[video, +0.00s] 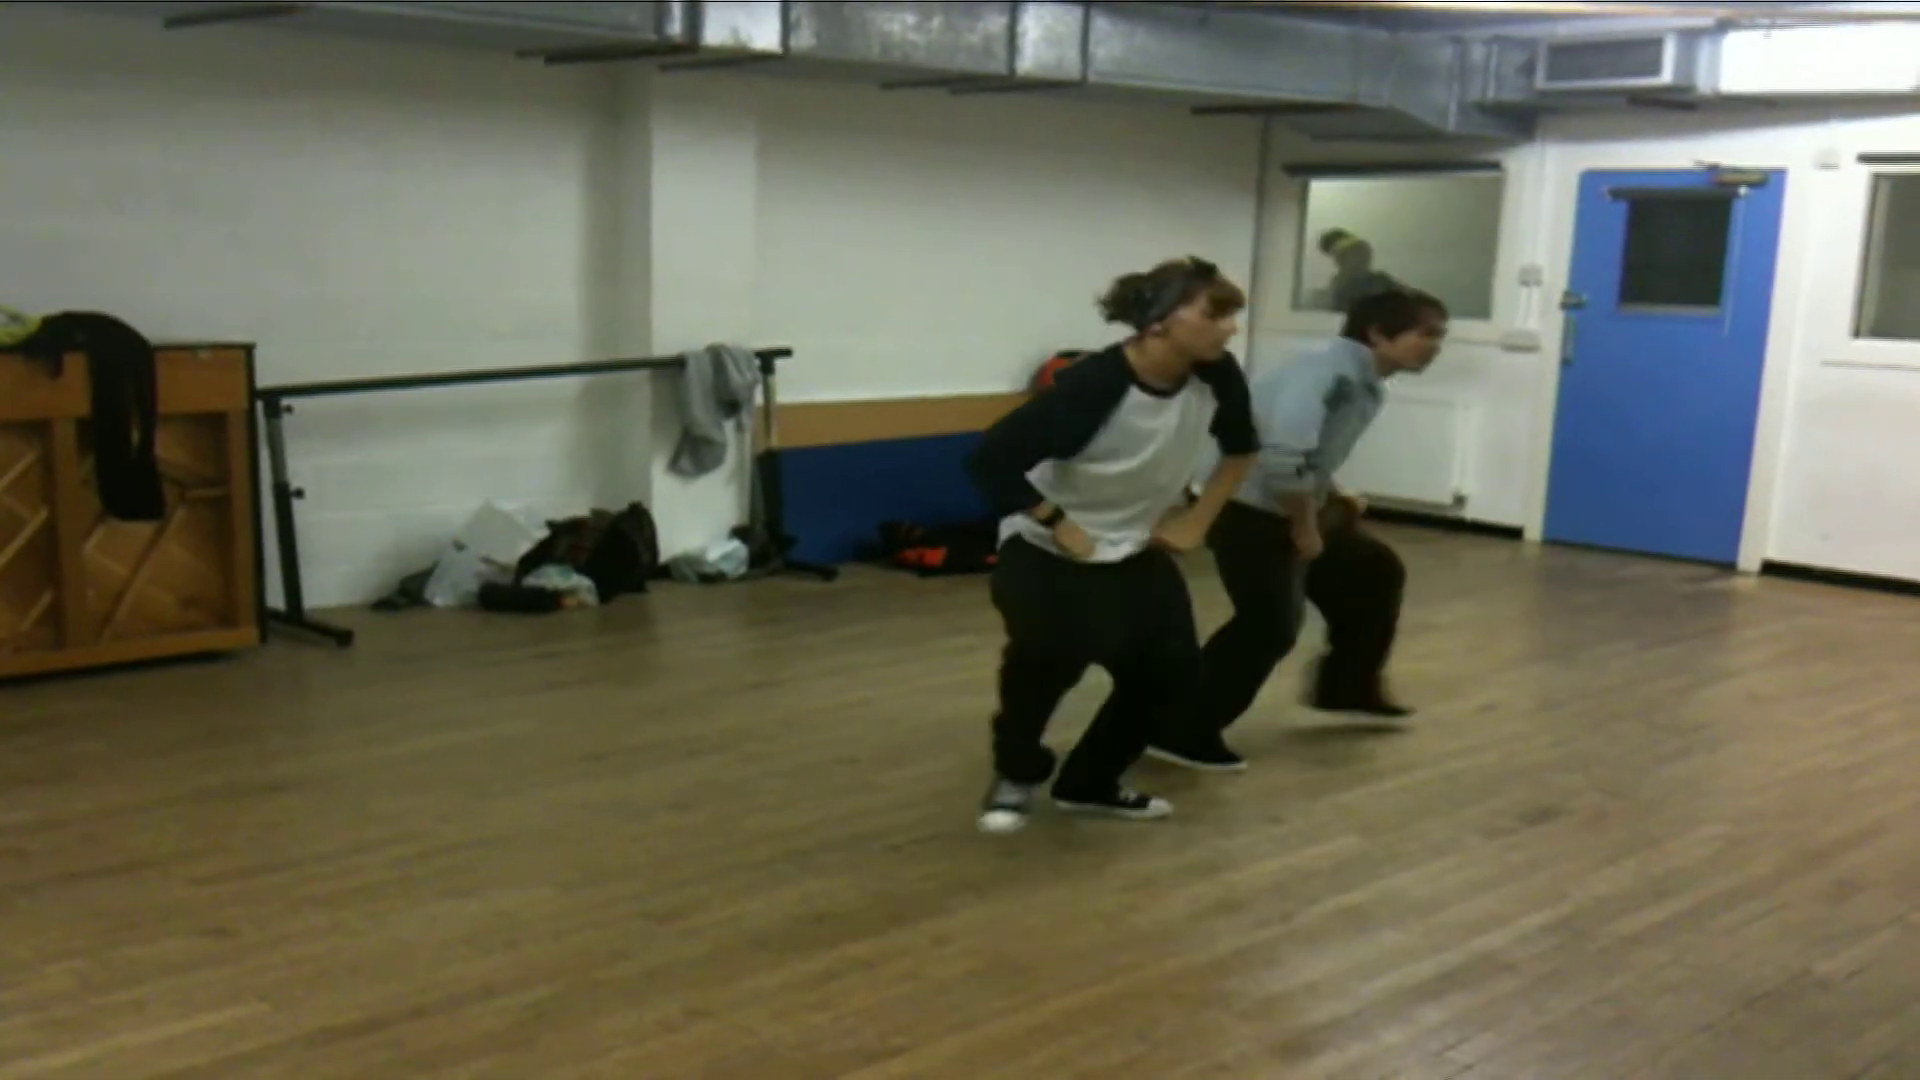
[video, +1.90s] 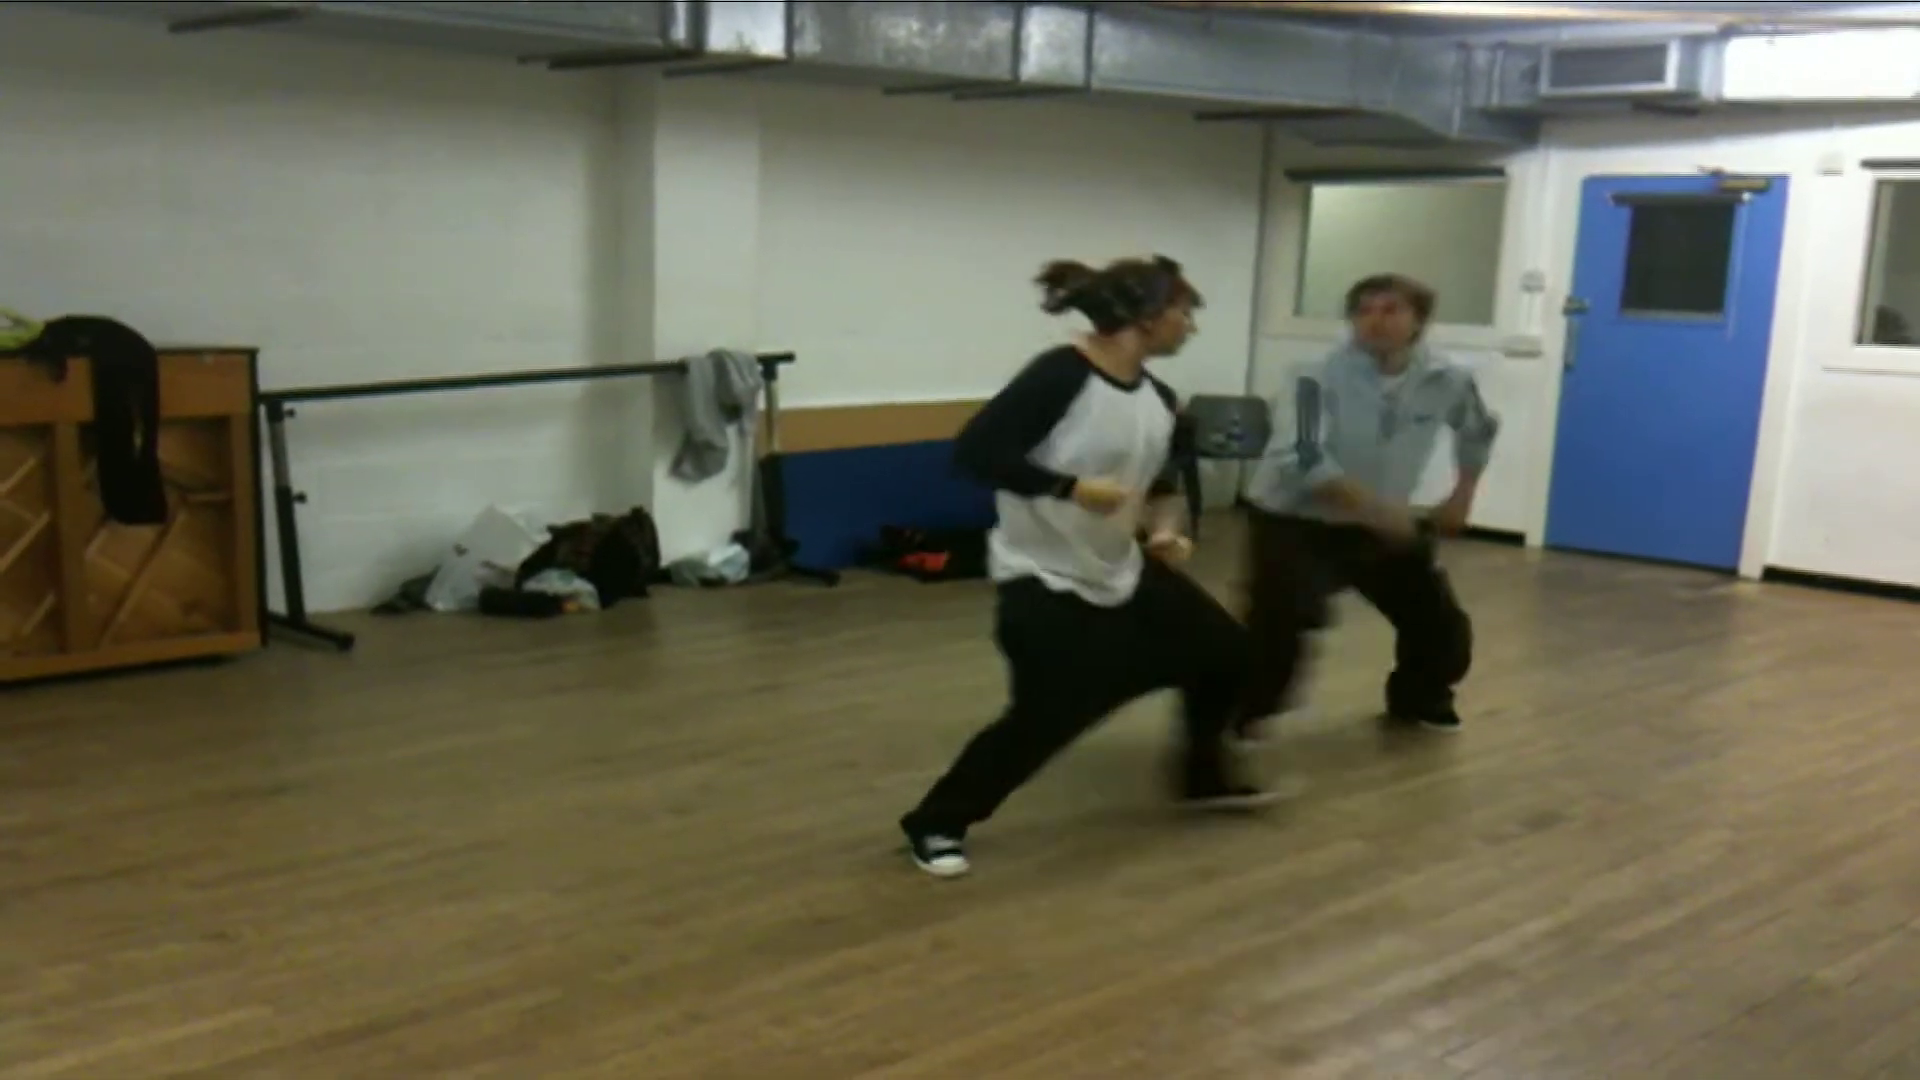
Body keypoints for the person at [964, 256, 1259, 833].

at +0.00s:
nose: (1228, 326)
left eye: (1226, 313)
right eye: (1211, 314)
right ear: (1161, 325)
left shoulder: (1218, 378)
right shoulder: (1094, 385)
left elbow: (1240, 448)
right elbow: (990, 460)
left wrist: (1198, 520)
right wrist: (1056, 521)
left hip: (1135, 554)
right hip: (1046, 550)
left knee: (1167, 665)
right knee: (1052, 645)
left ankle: (1089, 781)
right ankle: (1017, 772)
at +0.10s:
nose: (1201, 307)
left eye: (1202, 295)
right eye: (1187, 294)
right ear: (1138, 299)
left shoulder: (1185, 389)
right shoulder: (1048, 364)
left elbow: (1188, 468)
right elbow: (997, 456)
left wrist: (1201, 533)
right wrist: (1038, 528)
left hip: (1132, 571)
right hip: (1033, 569)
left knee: (1145, 681)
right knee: (990, 706)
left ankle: (1087, 783)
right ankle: (977, 831)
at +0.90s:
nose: (1127, 349)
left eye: (1131, 334)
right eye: (1114, 332)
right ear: (1065, 327)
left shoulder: (1117, 384)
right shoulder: (1008, 391)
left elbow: (1155, 449)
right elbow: (956, 499)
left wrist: (1125, 538)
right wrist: (1012, 576)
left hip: (1061, 566)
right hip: (980, 575)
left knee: (1110, 699)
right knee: (1040, 709)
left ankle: (1090, 779)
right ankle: (894, 817)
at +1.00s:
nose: (1141, 385)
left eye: (1142, 370)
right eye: (1124, 370)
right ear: (1069, 377)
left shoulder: (1125, 432)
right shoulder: (1022, 435)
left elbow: (1150, 501)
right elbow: (934, 531)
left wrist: (1107, 566)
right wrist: (984, 595)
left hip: (1032, 577)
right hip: (947, 585)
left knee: (1135, 681)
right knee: (1008, 706)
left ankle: (1070, 781)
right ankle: (934, 828)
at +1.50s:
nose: (1110, 307)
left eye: (1115, 294)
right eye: (1098, 291)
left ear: (1110, 300)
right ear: (1049, 295)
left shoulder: (1105, 376)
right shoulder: (993, 355)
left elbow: (1119, 452)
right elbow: (926, 459)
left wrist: (1092, 525)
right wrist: (970, 539)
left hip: (1042, 547)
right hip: (950, 545)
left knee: (1076, 674)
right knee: (958, 683)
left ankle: (1036, 791)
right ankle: (929, 818)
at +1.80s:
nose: (1157, 309)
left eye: (1155, 295)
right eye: (1147, 296)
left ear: (1106, 305)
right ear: (1103, 305)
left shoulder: (1127, 383)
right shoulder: (1019, 368)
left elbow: (1110, 475)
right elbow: (960, 472)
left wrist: (1128, 536)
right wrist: (1056, 515)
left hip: (1089, 567)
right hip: (1007, 570)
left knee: (1167, 666)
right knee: (1008, 693)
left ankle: (1077, 776)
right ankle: (932, 825)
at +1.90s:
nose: (1189, 325)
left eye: (1189, 312)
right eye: (1181, 313)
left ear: (1143, 320)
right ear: (1142, 319)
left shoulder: (1161, 402)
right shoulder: (1060, 375)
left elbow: (1170, 483)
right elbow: (976, 454)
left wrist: (1166, 527)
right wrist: (1071, 488)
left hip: (1126, 578)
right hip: (1046, 584)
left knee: (1222, 652)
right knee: (1052, 713)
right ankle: (936, 823)